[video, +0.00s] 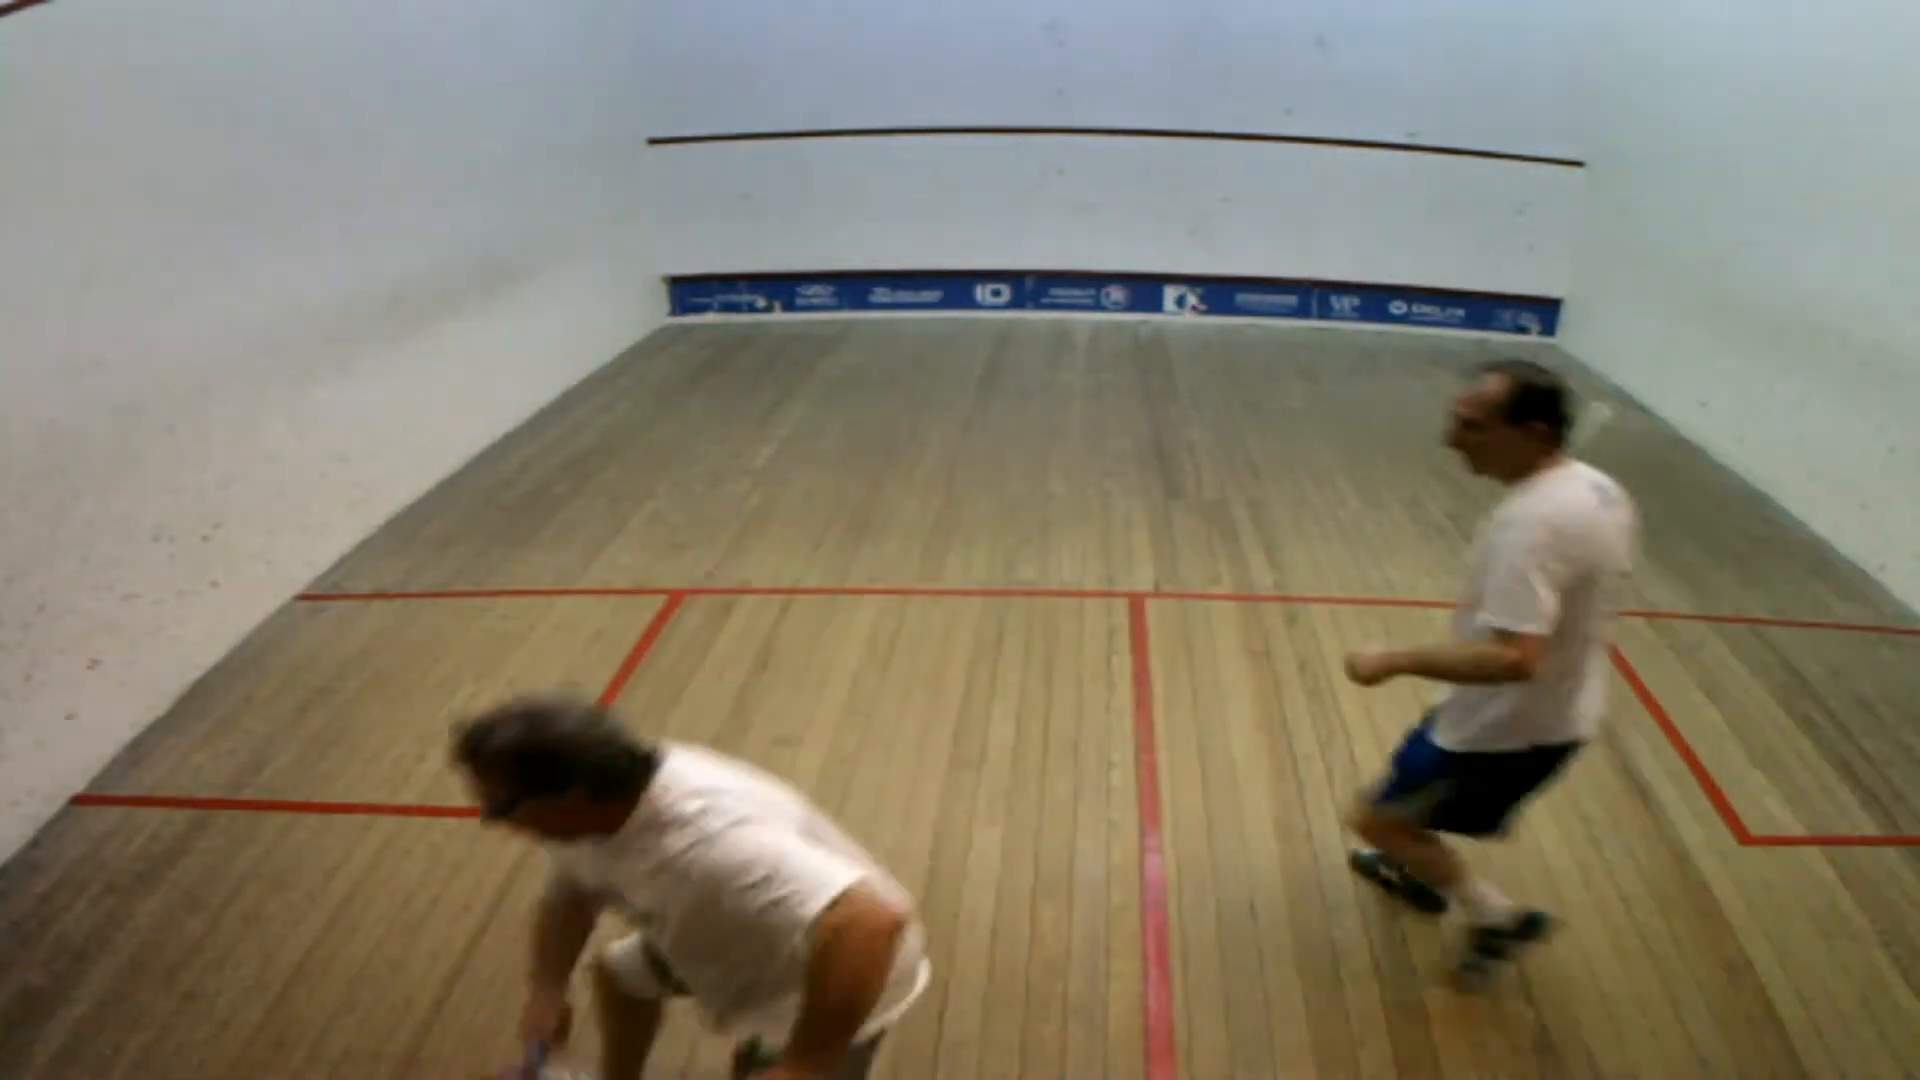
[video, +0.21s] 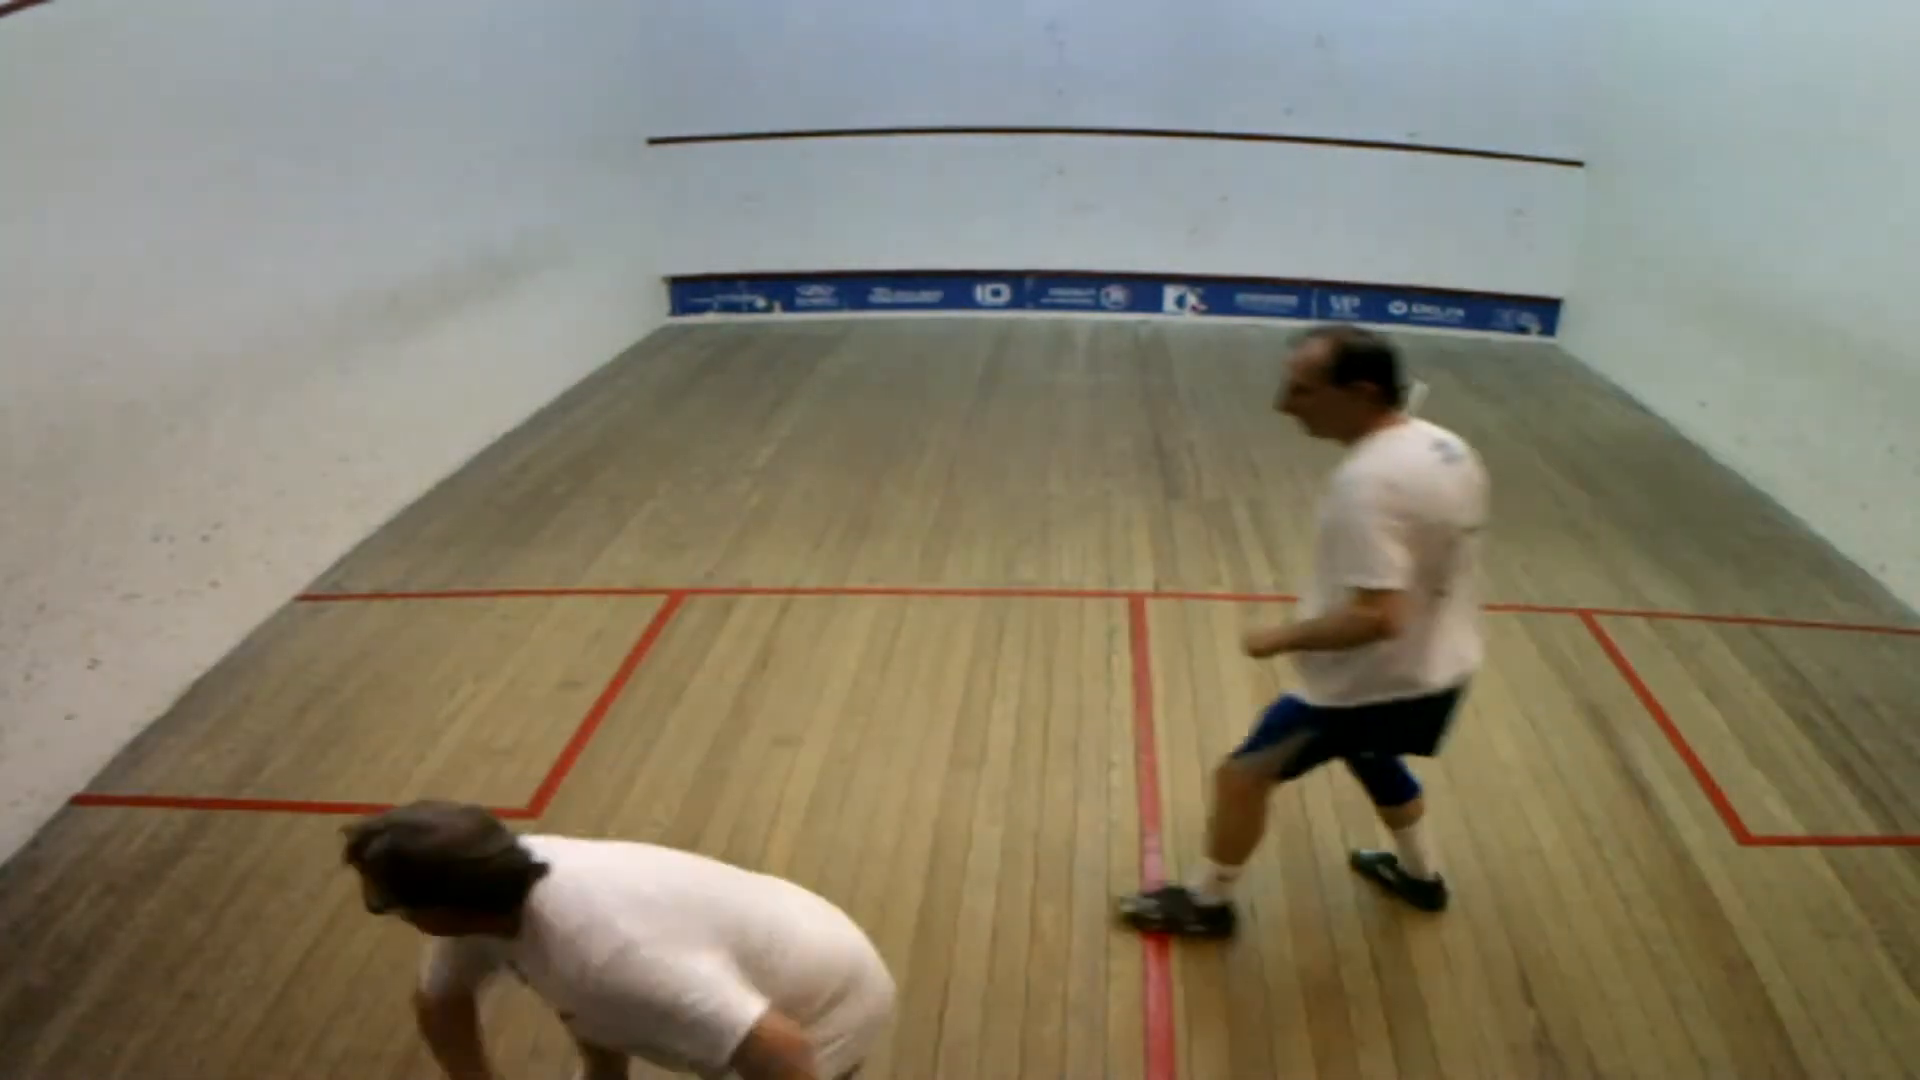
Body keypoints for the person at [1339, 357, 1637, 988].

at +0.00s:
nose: (1454, 437)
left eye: (1472, 425)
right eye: (1458, 421)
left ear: (1530, 435)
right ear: (1538, 433)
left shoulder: (1531, 526)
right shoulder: (1598, 491)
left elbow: (1516, 656)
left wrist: (1399, 662)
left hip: (1502, 725)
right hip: (1559, 712)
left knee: (1378, 819)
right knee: (1436, 774)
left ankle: (1496, 916)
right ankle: (1420, 874)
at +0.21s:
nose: (1286, 404)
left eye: (1301, 389)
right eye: (1289, 386)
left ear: (1360, 393)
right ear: (1370, 393)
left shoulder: (1364, 485)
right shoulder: (1442, 447)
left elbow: (1378, 616)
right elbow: (1443, 570)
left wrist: (1282, 637)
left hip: (1376, 688)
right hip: (1441, 671)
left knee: (1242, 776)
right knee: (1370, 750)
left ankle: (1210, 898)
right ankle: (1419, 872)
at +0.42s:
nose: (1194, 369)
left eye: (1198, 359)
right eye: (1194, 358)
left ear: (1218, 368)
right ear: (1282, 357)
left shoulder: (1212, 450)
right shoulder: (1351, 430)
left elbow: (1185, 584)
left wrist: (1151, 625)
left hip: (1233, 661)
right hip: (1322, 647)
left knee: (1145, 758)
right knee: (1294, 730)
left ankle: (1177, 886)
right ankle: (1334, 834)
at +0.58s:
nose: (1133, 366)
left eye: (1136, 357)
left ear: (1143, 364)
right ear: (1223, 363)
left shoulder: (1109, 442)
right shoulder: (1278, 437)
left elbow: (1065, 559)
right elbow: (1339, 512)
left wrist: (1087, 595)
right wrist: (1308, 460)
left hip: (1149, 651)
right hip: (1253, 637)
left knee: (1061, 757)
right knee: (1227, 690)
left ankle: (1048, 900)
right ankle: (1240, 785)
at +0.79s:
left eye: (1128, 373)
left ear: (1128, 380)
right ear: (1198, 388)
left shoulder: (1085, 434)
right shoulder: (1236, 452)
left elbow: (1011, 513)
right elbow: (1299, 531)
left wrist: (971, 574)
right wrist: (1254, 516)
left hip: (1069, 614)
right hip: (1166, 620)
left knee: (1025, 734)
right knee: (1156, 681)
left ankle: (1008, 861)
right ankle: (1132, 764)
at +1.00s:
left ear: (1162, 361)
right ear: (1223, 367)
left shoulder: (1123, 403)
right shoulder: (1256, 411)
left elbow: (1056, 473)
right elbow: (1276, 458)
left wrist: (996, 535)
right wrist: (1229, 448)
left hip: (1101, 545)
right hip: (1185, 561)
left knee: (1069, 655)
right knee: (1128, 668)